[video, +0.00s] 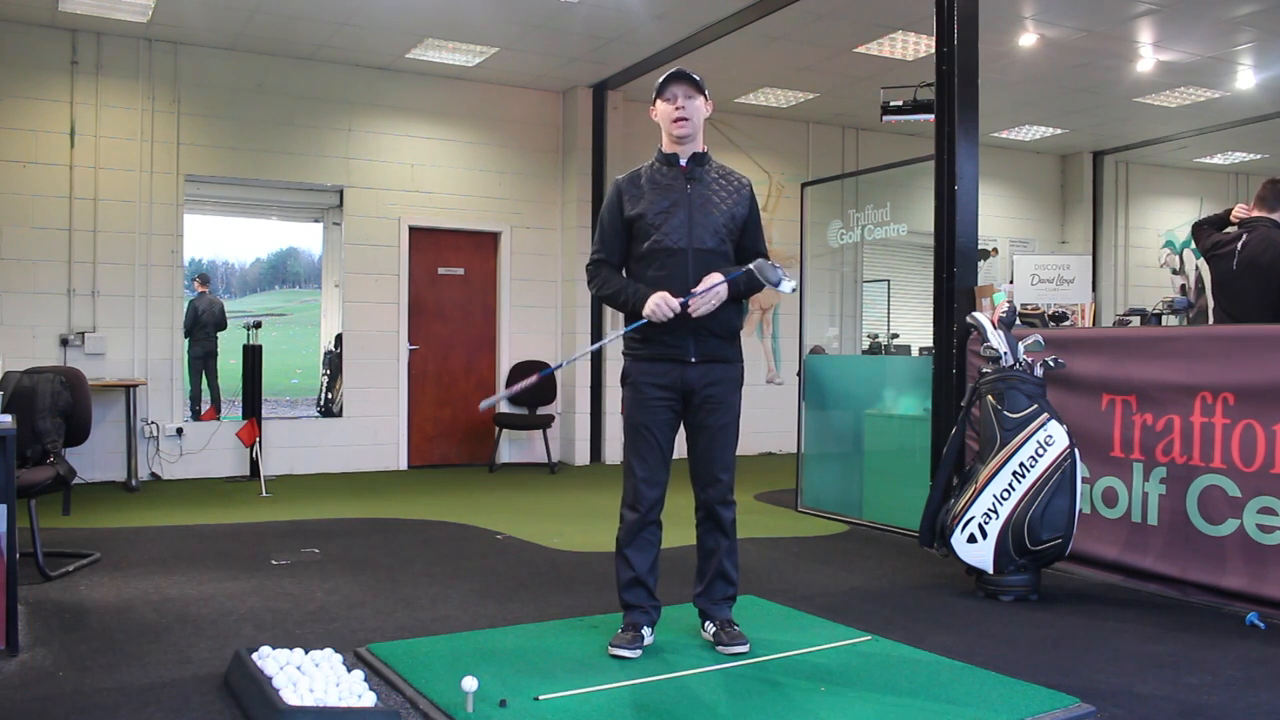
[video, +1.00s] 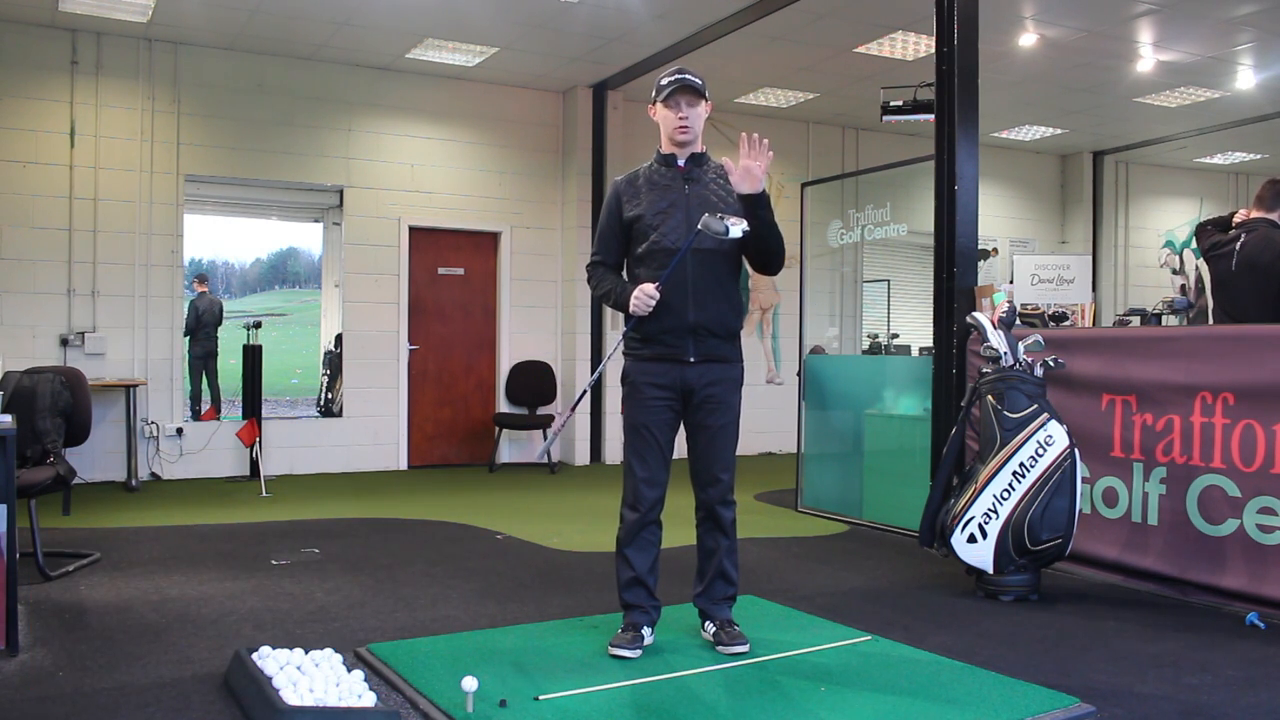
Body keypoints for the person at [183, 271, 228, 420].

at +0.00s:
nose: (194, 285)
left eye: (195, 283)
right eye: (194, 282)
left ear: (199, 284)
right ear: (207, 285)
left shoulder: (194, 302)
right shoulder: (218, 302)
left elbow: (188, 325)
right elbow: (223, 325)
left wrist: (187, 333)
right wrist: (211, 328)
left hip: (197, 344)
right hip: (212, 344)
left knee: (195, 382)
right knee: (213, 380)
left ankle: (196, 414)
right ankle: (216, 412)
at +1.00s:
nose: (193, 286)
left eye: (194, 284)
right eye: (194, 284)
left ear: (198, 284)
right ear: (207, 284)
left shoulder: (195, 303)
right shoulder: (217, 302)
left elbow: (190, 325)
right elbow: (219, 322)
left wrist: (184, 332)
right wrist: (208, 326)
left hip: (197, 344)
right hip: (212, 344)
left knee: (195, 382)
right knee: (213, 381)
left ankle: (196, 414)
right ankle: (216, 412)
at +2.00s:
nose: (192, 287)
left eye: (192, 285)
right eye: (192, 285)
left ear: (195, 285)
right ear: (206, 284)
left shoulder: (194, 303)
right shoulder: (216, 302)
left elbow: (190, 326)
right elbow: (219, 323)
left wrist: (184, 331)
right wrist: (208, 326)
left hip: (197, 344)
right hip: (212, 344)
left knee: (196, 382)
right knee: (213, 381)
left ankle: (195, 414)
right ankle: (216, 412)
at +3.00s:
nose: (191, 288)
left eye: (191, 285)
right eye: (191, 285)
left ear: (196, 285)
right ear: (204, 285)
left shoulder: (194, 302)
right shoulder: (217, 301)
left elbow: (188, 325)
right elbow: (224, 323)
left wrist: (191, 330)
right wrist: (211, 326)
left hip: (197, 346)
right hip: (212, 346)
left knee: (194, 383)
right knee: (213, 381)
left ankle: (195, 414)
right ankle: (216, 412)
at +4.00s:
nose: (192, 287)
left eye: (193, 285)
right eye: (192, 285)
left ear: (199, 285)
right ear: (206, 285)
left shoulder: (195, 302)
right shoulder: (218, 302)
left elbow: (184, 322)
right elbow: (224, 325)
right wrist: (210, 326)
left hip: (196, 345)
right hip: (212, 345)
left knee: (194, 383)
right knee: (213, 381)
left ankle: (195, 415)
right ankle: (216, 412)